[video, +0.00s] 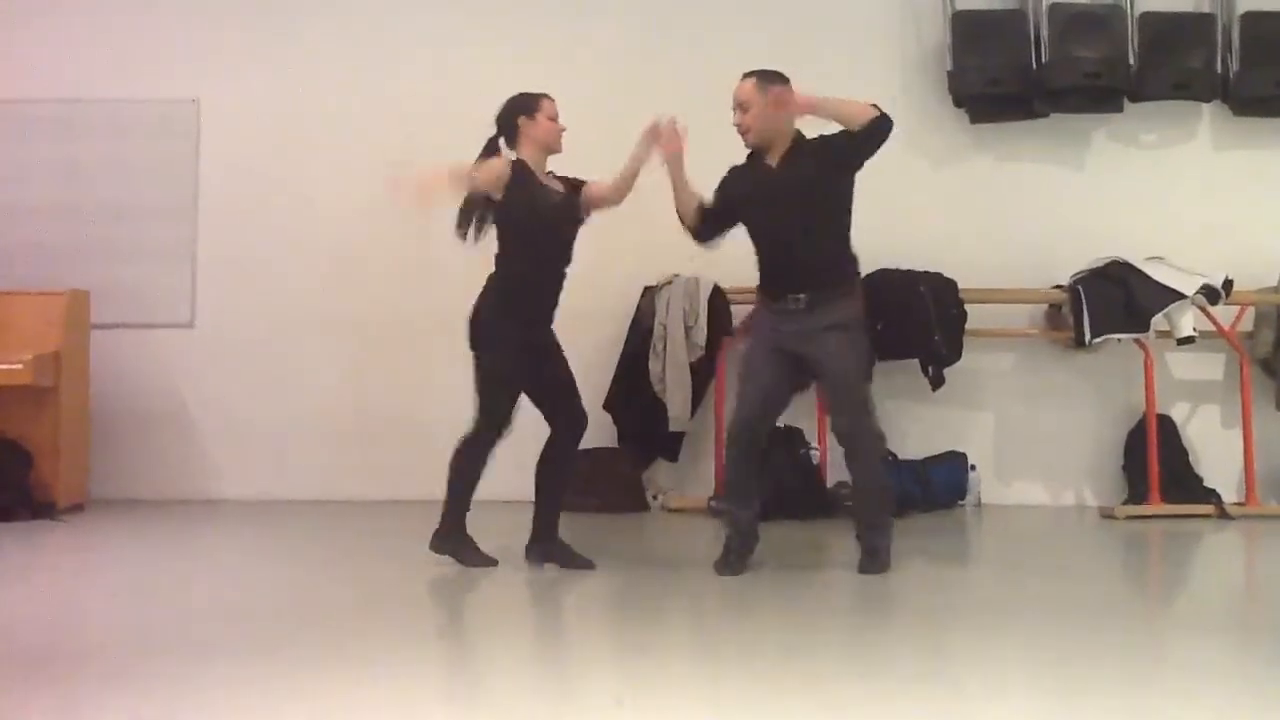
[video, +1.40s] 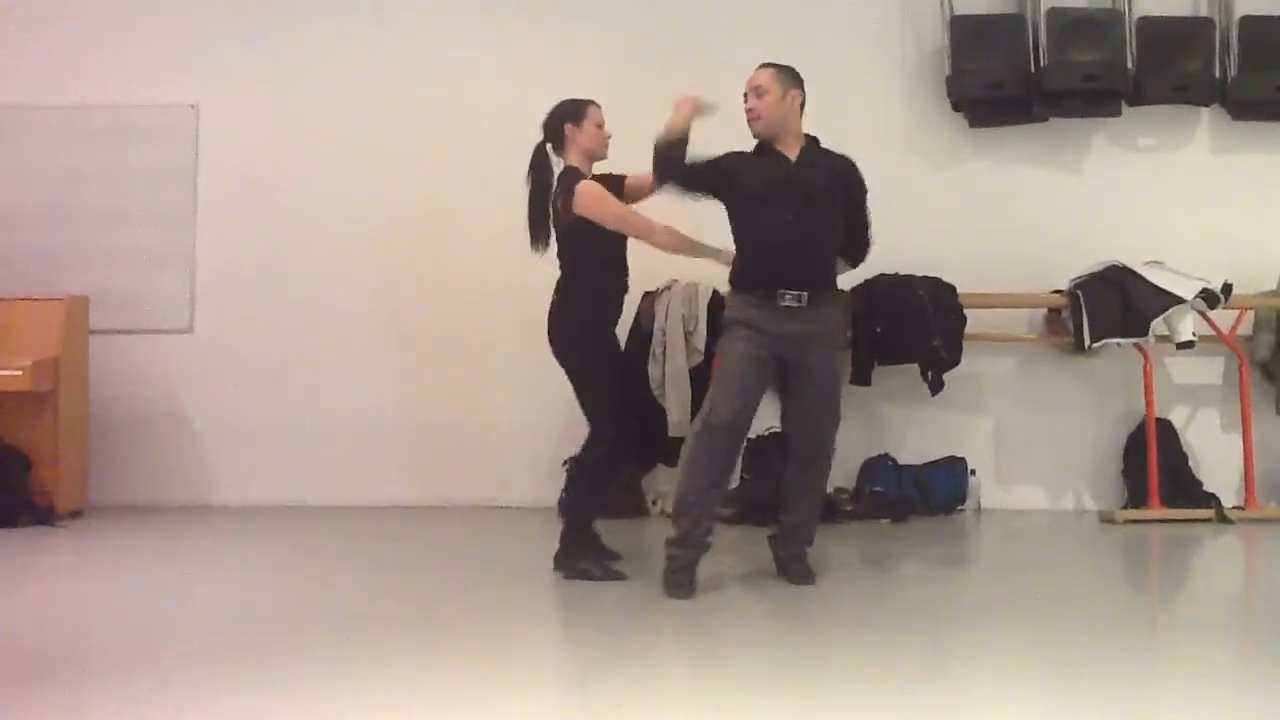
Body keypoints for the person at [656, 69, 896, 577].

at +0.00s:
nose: (737, 120)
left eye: (744, 108)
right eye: (734, 111)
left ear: (781, 106)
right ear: (747, 115)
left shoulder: (830, 154)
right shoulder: (743, 179)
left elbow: (878, 123)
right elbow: (702, 228)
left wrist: (808, 104)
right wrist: (675, 164)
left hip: (835, 315)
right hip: (774, 318)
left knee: (854, 424)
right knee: (746, 424)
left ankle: (875, 537)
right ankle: (740, 535)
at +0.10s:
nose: (739, 122)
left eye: (747, 110)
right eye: (737, 113)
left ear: (784, 109)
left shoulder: (834, 158)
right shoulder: (747, 186)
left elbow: (887, 141)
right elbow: (716, 259)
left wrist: (833, 136)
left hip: (839, 317)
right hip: (777, 320)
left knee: (858, 430)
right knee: (755, 422)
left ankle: (876, 545)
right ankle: (749, 543)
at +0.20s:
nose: (739, 118)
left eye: (748, 108)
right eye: (738, 109)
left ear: (785, 108)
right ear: (761, 111)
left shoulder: (831, 159)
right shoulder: (741, 184)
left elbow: (903, 180)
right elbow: (727, 258)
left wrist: (862, 200)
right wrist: (696, 319)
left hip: (832, 319)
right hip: (770, 324)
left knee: (852, 430)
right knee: (755, 428)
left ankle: (876, 539)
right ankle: (759, 539)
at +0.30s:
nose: (737, 112)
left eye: (747, 101)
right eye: (736, 102)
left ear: (784, 101)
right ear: (759, 105)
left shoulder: (830, 159)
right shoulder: (737, 172)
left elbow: (900, 205)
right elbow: (726, 245)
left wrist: (870, 259)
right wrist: (698, 303)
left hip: (822, 317)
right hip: (758, 320)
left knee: (844, 430)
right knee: (750, 427)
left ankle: (873, 537)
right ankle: (759, 539)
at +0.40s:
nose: (740, 107)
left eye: (749, 97)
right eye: (739, 98)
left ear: (787, 98)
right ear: (770, 101)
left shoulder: (833, 161)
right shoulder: (737, 168)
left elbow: (890, 220)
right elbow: (714, 240)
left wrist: (864, 284)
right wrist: (676, 270)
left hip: (817, 315)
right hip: (752, 316)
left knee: (826, 419)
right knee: (747, 426)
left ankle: (862, 518)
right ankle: (759, 536)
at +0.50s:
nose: (741, 103)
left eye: (751, 93)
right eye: (741, 94)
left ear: (789, 96)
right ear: (756, 100)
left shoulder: (837, 161)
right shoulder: (734, 164)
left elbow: (868, 229)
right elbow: (690, 224)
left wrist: (831, 267)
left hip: (812, 313)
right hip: (748, 314)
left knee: (814, 421)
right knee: (750, 431)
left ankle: (816, 529)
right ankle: (757, 539)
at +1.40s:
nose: (748, 104)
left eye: (759, 94)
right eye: (746, 97)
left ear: (796, 101)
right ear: (748, 109)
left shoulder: (840, 171)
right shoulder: (737, 169)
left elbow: (855, 249)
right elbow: (672, 174)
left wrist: (810, 265)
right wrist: (676, 129)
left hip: (818, 322)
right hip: (750, 317)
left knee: (813, 439)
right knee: (720, 422)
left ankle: (793, 547)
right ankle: (684, 551)